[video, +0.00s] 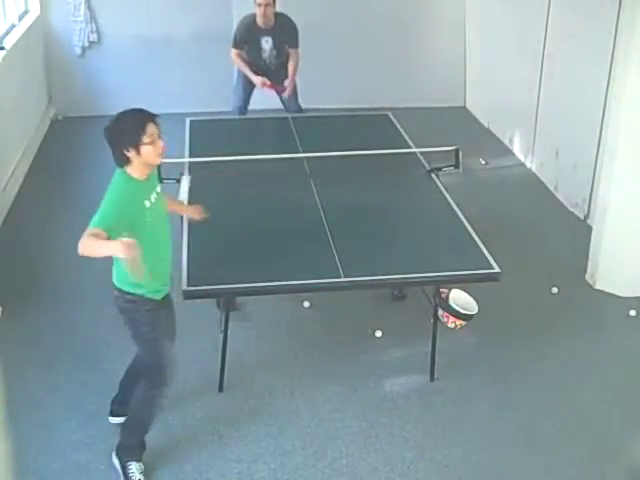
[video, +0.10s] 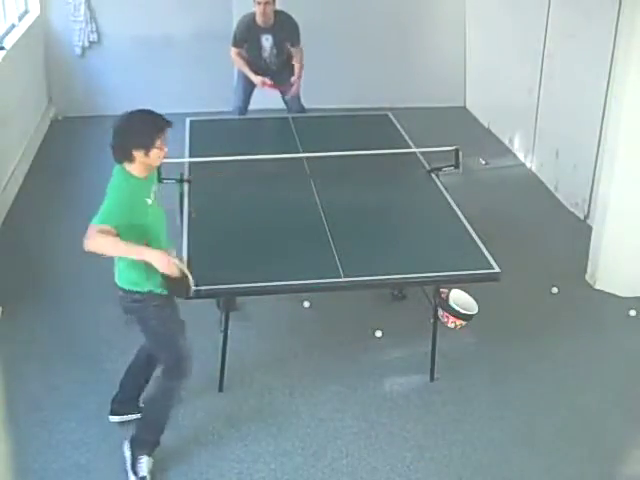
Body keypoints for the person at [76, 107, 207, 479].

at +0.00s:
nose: (162, 144)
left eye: (159, 137)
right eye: (153, 139)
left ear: (146, 146)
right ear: (131, 150)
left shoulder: (152, 173)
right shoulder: (121, 191)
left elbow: (153, 201)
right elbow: (86, 244)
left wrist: (185, 209)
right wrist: (117, 246)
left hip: (159, 288)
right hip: (135, 297)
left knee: (155, 351)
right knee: (158, 370)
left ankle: (121, 406)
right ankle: (129, 454)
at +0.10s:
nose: (165, 150)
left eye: (164, 143)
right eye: (159, 145)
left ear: (137, 152)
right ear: (138, 153)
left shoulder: (143, 174)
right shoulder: (122, 188)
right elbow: (94, 240)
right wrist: (151, 254)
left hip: (155, 288)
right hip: (141, 295)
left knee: (159, 342)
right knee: (175, 365)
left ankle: (124, 404)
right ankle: (142, 446)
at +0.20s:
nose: (167, 156)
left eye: (167, 149)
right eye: (164, 150)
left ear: (133, 146)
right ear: (150, 151)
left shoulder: (118, 173)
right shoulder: (138, 191)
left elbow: (103, 215)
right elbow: (139, 244)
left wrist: (141, 226)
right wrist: (174, 267)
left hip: (133, 284)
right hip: (147, 293)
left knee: (161, 337)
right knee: (187, 358)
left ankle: (124, 405)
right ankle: (157, 442)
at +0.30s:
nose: (173, 153)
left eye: (173, 146)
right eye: (172, 147)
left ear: (133, 144)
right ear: (163, 151)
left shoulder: (115, 178)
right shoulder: (157, 192)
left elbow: (84, 213)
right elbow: (173, 241)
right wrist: (201, 266)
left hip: (130, 287)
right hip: (155, 295)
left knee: (155, 337)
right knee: (198, 359)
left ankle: (124, 407)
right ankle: (174, 445)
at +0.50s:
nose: (192, 148)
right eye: (192, 144)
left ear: (152, 145)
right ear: (187, 150)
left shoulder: (131, 185)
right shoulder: (194, 189)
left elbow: (96, 226)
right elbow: (219, 233)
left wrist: (55, 259)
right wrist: (237, 270)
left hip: (141, 293)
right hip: (175, 299)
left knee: (151, 338)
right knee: (221, 356)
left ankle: (126, 409)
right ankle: (221, 446)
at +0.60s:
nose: (206, 150)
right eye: (207, 146)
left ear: (171, 148)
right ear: (204, 152)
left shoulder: (149, 190)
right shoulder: (214, 196)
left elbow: (115, 245)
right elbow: (248, 242)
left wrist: (78, 286)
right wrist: (257, 283)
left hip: (155, 299)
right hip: (193, 306)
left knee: (154, 347)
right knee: (239, 366)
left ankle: (125, 410)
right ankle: (252, 449)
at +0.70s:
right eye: (231, 152)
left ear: (194, 155)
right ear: (229, 159)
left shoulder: (178, 198)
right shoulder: (243, 204)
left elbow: (149, 251)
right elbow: (279, 251)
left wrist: (118, 298)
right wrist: (286, 296)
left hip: (175, 307)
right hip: (216, 315)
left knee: (161, 356)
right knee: (254, 372)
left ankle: (128, 411)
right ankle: (266, 454)